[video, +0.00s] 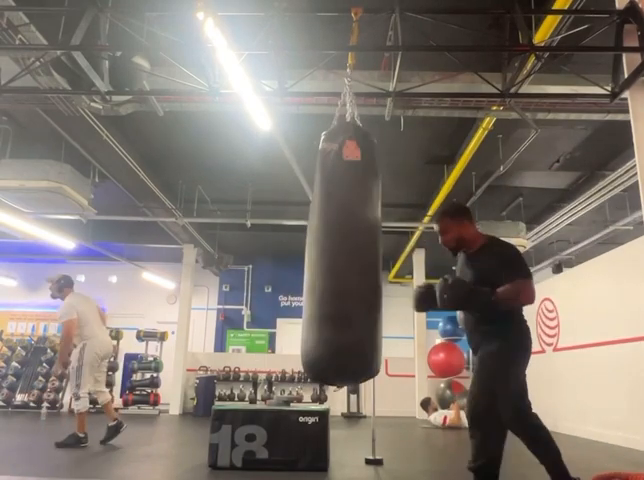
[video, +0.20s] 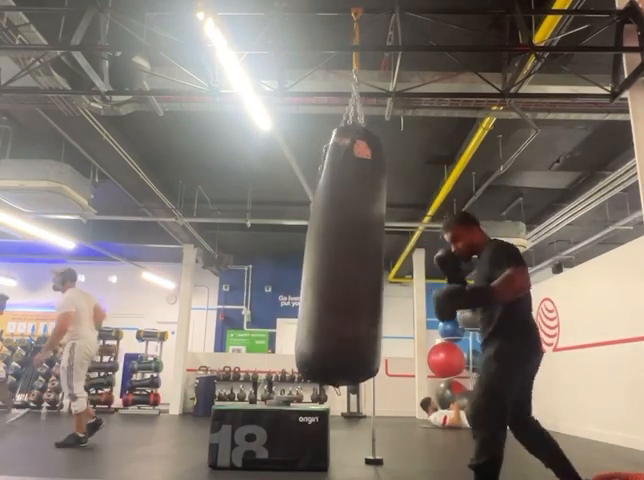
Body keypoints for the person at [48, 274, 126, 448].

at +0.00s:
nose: (50, 289)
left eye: (53, 286)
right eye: (50, 286)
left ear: (64, 288)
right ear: (69, 288)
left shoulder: (69, 303)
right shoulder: (87, 299)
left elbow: (68, 334)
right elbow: (102, 318)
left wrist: (63, 359)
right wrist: (99, 337)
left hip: (88, 345)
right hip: (105, 343)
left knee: (79, 390)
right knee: (98, 388)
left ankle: (80, 433)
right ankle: (114, 421)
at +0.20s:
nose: (55, 286)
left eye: (57, 282)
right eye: (55, 282)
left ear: (65, 282)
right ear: (74, 281)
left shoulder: (68, 297)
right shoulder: (86, 295)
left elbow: (62, 327)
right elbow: (100, 313)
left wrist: (44, 352)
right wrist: (88, 331)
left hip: (77, 344)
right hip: (89, 343)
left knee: (74, 388)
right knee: (75, 386)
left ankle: (80, 433)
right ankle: (92, 418)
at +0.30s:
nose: (52, 282)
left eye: (54, 278)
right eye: (52, 278)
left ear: (64, 279)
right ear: (71, 279)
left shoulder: (67, 296)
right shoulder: (84, 296)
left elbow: (61, 323)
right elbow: (94, 319)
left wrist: (42, 344)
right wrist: (83, 334)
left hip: (72, 343)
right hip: (82, 342)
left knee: (72, 386)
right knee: (57, 383)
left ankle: (81, 433)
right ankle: (69, 426)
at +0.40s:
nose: (48, 281)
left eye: (51, 278)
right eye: (49, 278)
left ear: (62, 279)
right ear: (66, 280)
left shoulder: (63, 295)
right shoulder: (79, 297)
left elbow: (62, 321)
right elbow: (88, 317)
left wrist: (43, 341)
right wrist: (77, 334)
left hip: (66, 344)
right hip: (74, 343)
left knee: (72, 388)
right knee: (48, 386)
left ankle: (80, 432)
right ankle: (44, 430)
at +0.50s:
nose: (44, 282)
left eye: (47, 278)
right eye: (45, 278)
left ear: (58, 278)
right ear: (61, 279)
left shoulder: (62, 294)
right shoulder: (67, 295)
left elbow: (62, 320)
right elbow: (76, 323)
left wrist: (42, 340)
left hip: (61, 344)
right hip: (55, 344)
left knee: (68, 389)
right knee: (40, 387)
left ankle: (79, 431)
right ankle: (24, 430)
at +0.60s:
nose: (38, 281)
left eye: (41, 278)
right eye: (39, 278)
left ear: (53, 278)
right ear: (52, 278)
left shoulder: (59, 294)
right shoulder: (48, 296)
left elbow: (62, 320)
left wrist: (42, 342)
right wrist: (36, 342)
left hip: (54, 346)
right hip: (42, 346)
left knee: (60, 389)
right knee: (33, 388)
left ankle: (75, 429)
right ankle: (22, 431)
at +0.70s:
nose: (32, 279)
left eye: (35, 276)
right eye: (32, 276)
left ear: (46, 276)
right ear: (45, 277)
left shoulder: (56, 293)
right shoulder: (40, 296)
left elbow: (61, 320)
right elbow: (37, 321)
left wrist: (46, 343)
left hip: (44, 343)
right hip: (32, 343)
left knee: (37, 388)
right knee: (26, 388)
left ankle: (66, 423)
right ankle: (21, 431)